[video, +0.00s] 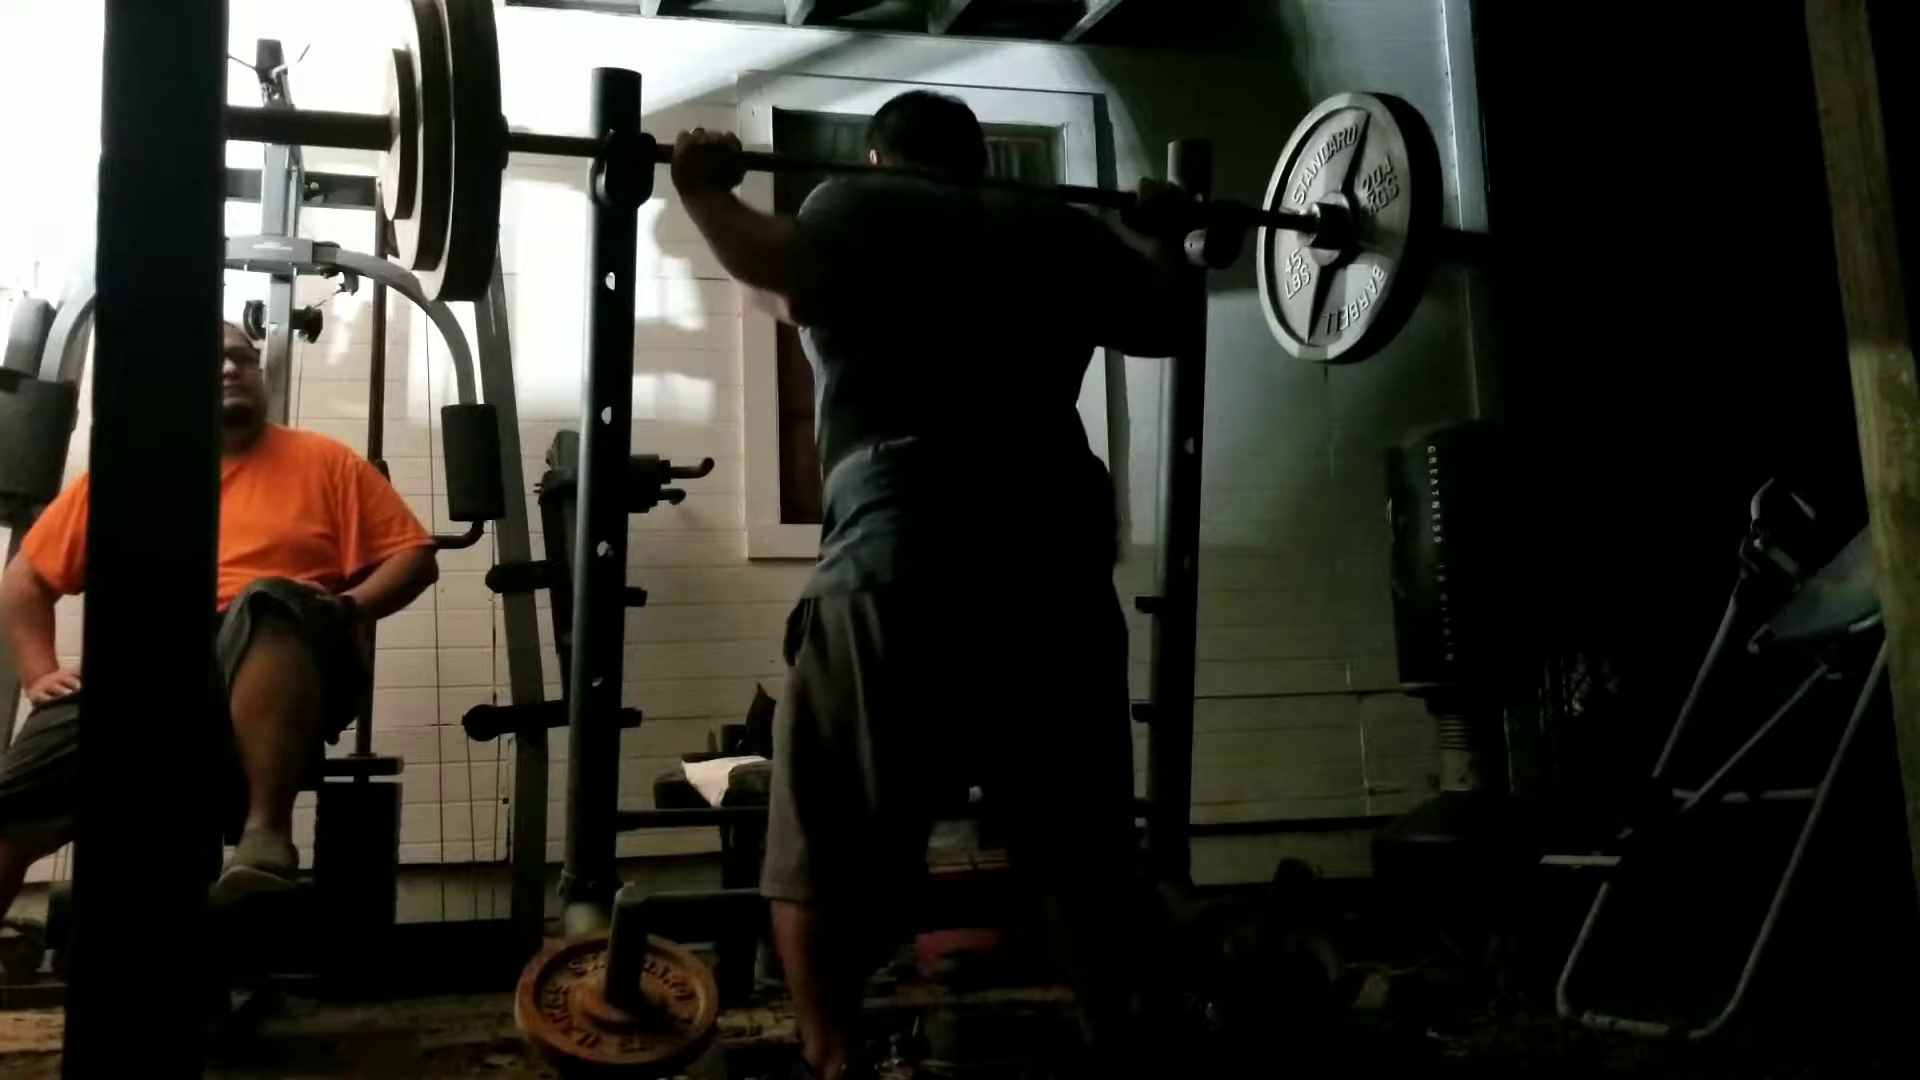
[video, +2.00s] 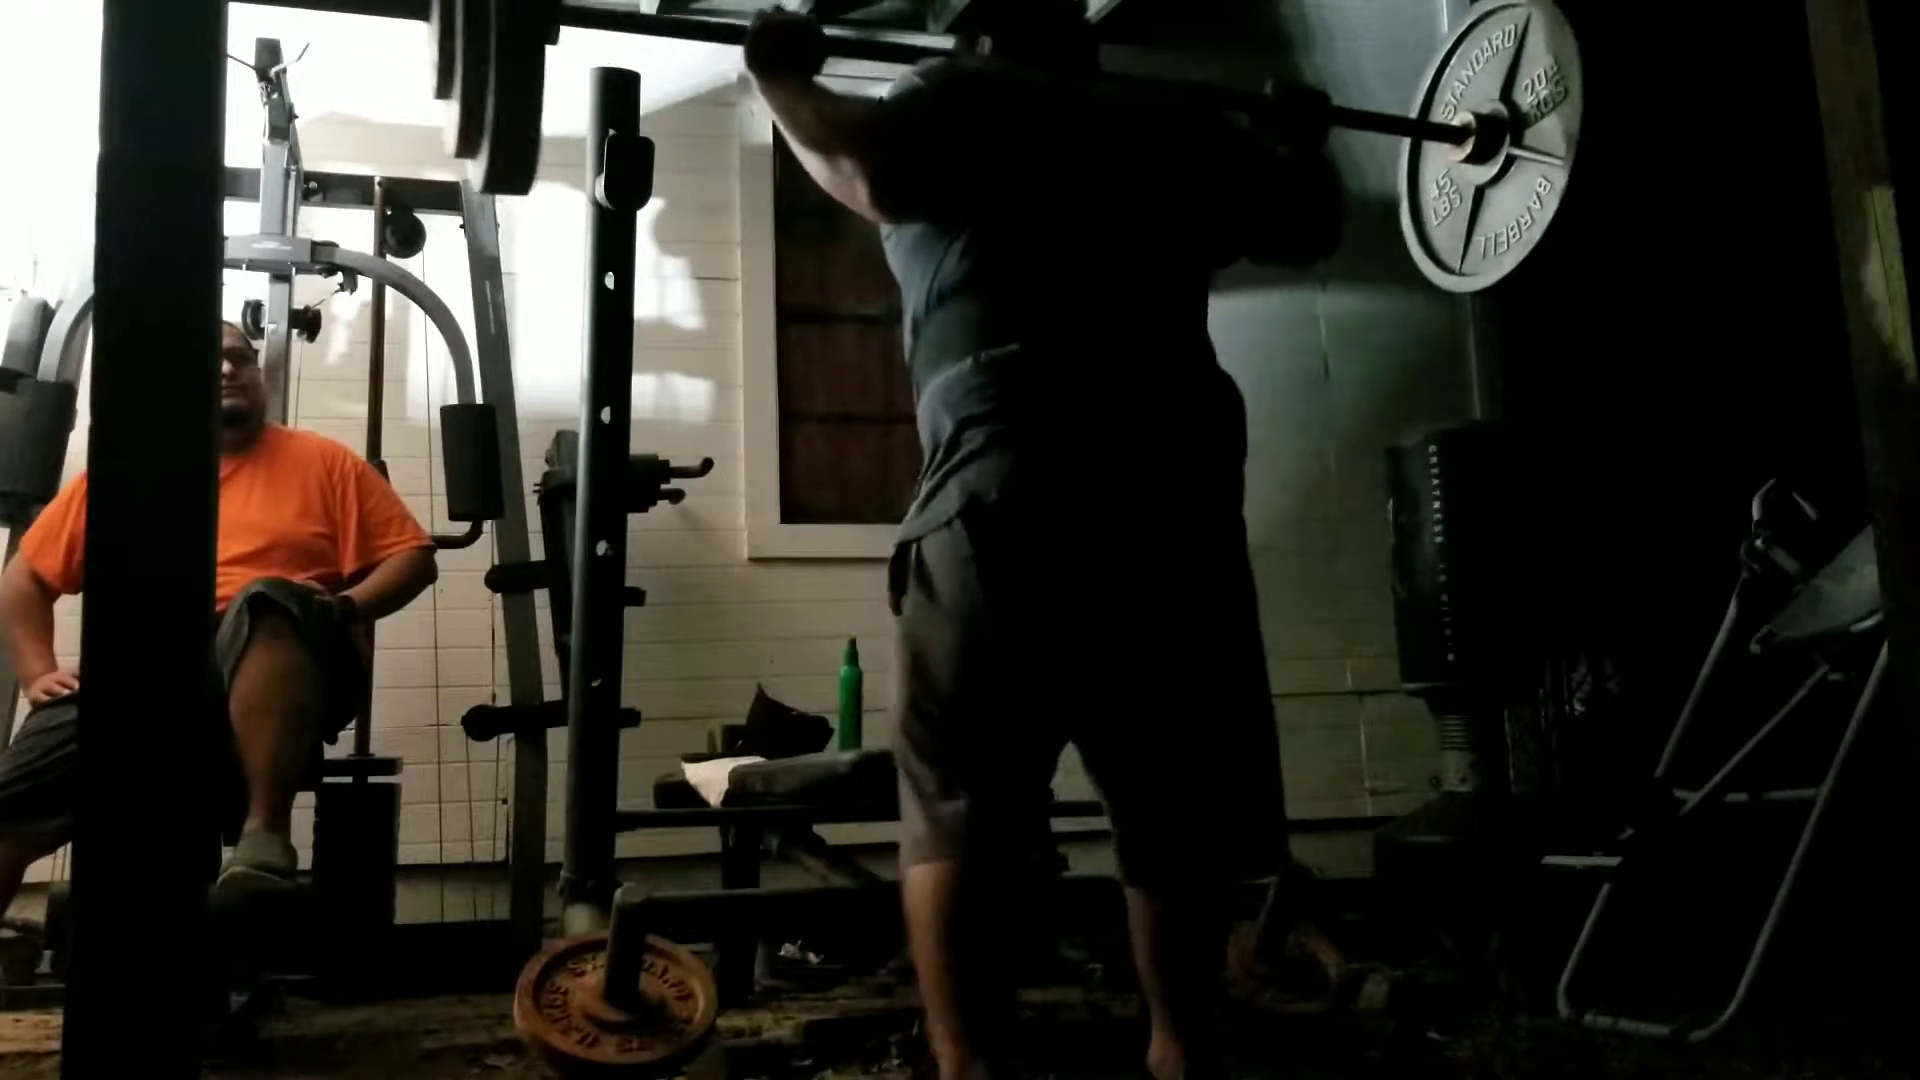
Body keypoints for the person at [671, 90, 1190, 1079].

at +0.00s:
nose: (861, 174)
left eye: (867, 159)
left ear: (876, 158)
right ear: (984, 162)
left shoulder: (848, 210)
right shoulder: (1057, 232)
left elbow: (777, 267)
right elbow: (1175, 320)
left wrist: (705, 188)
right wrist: (1161, 234)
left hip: (894, 558)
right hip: (1056, 558)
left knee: (823, 828)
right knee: (1083, 831)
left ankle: (829, 1055)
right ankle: (1123, 1040)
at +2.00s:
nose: (966, 44)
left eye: (969, 32)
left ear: (975, 42)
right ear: (1086, 41)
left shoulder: (937, 111)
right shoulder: (1171, 133)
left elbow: (857, 166)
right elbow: (1310, 228)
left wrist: (776, 70)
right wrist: (1302, 138)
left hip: (1000, 493)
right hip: (1176, 494)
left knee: (955, 804)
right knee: (1178, 809)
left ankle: (958, 1056)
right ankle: (1179, 1053)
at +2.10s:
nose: (974, 33)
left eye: (969, 21)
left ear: (968, 29)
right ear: (1079, 31)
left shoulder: (924, 100)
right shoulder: (1170, 122)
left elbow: (844, 158)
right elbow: (1303, 219)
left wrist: (762, 61)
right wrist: (1295, 127)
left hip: (992, 494)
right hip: (1170, 495)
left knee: (964, 814)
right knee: (1176, 805)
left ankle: (966, 1062)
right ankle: (1182, 1055)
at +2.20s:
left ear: (942, 16)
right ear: (1068, 15)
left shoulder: (907, 80)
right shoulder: (1157, 100)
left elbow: (839, 153)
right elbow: (1295, 196)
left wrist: (740, 53)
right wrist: (1271, 100)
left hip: (980, 497)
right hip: (1163, 500)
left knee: (957, 816)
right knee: (1173, 803)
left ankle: (964, 1060)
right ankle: (1182, 1052)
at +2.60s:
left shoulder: (885, 45)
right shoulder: (1131, 76)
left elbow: (795, 126)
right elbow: (1281, 177)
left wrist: (691, 14)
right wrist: (1258, 69)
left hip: (947, 483)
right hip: (1144, 475)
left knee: (927, 837)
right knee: (1173, 810)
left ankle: (965, 1067)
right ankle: (1215, 1059)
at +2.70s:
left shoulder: (896, 41)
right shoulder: (1141, 68)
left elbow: (812, 128)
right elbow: (1291, 175)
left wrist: (700, 14)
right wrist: (1268, 61)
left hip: (958, 489)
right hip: (1158, 483)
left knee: (935, 844)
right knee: (1195, 812)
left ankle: (961, 1062)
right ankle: (1254, 1053)